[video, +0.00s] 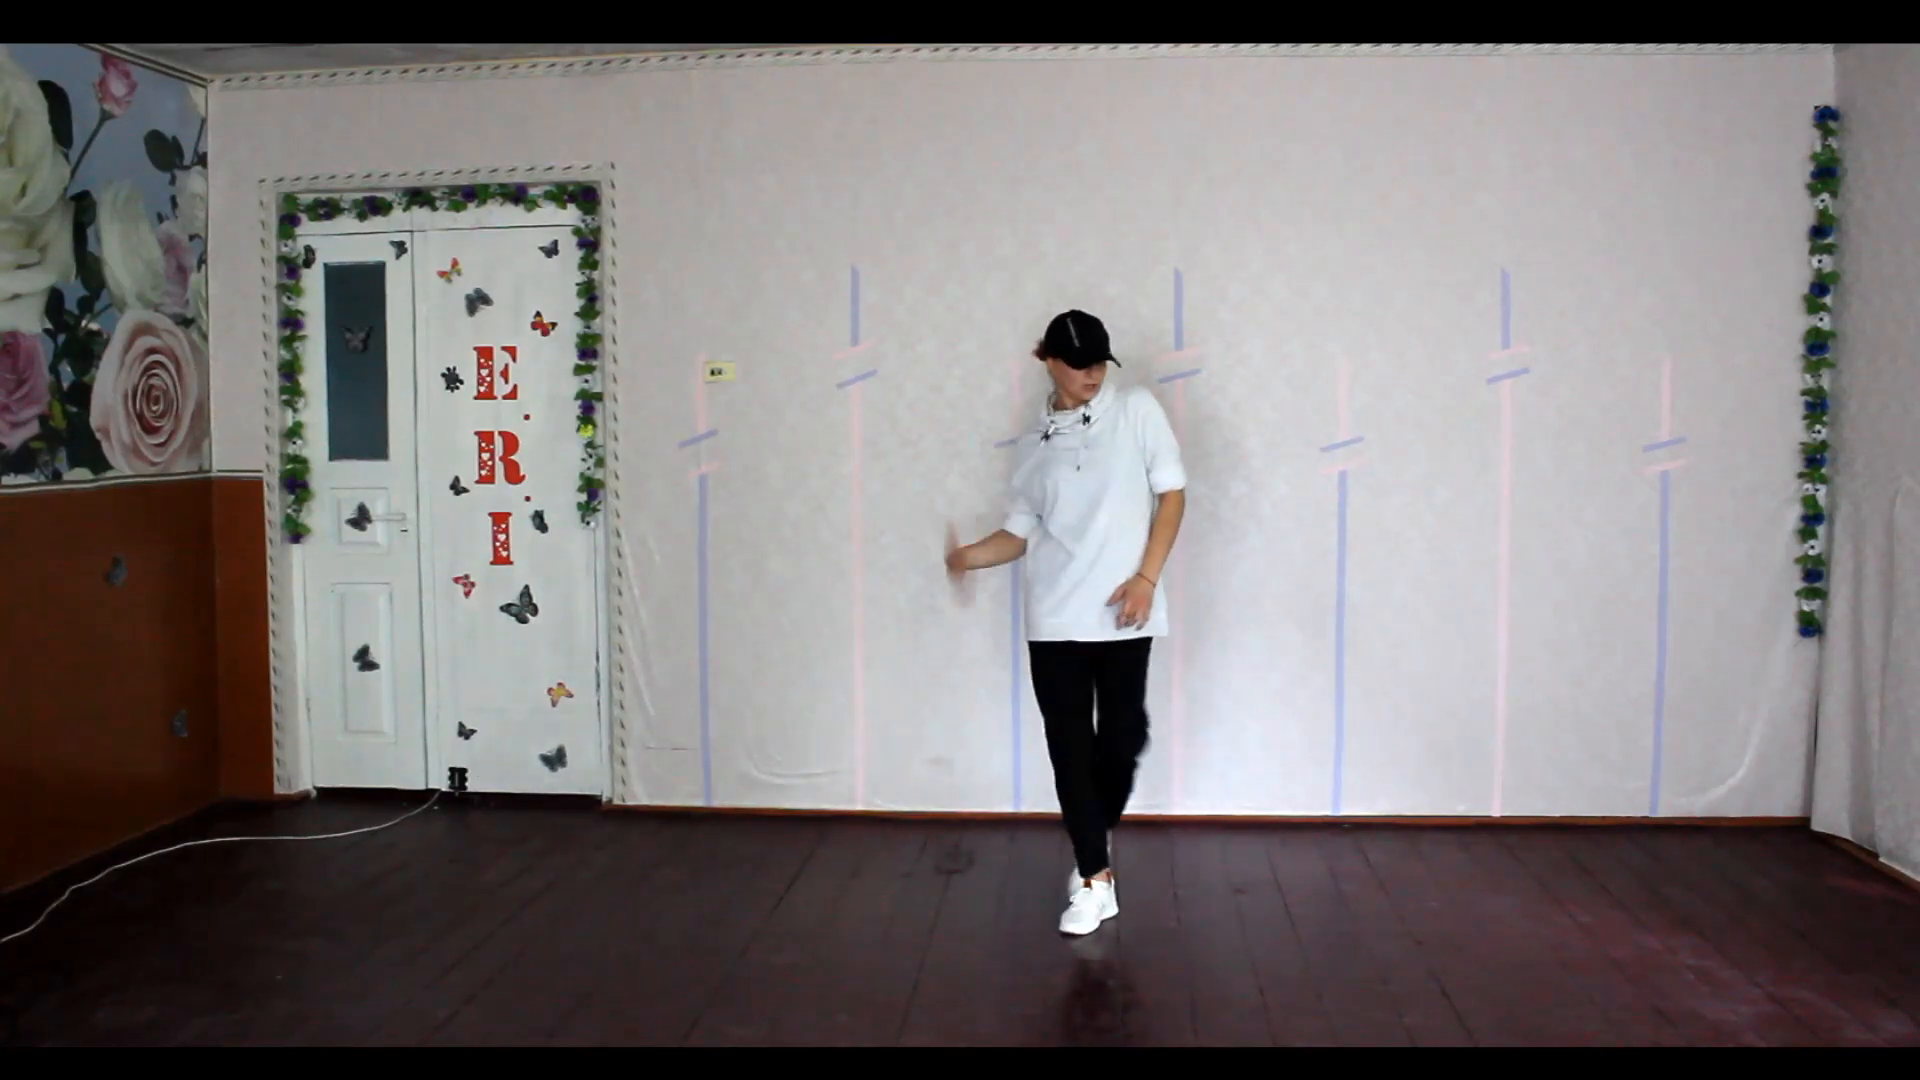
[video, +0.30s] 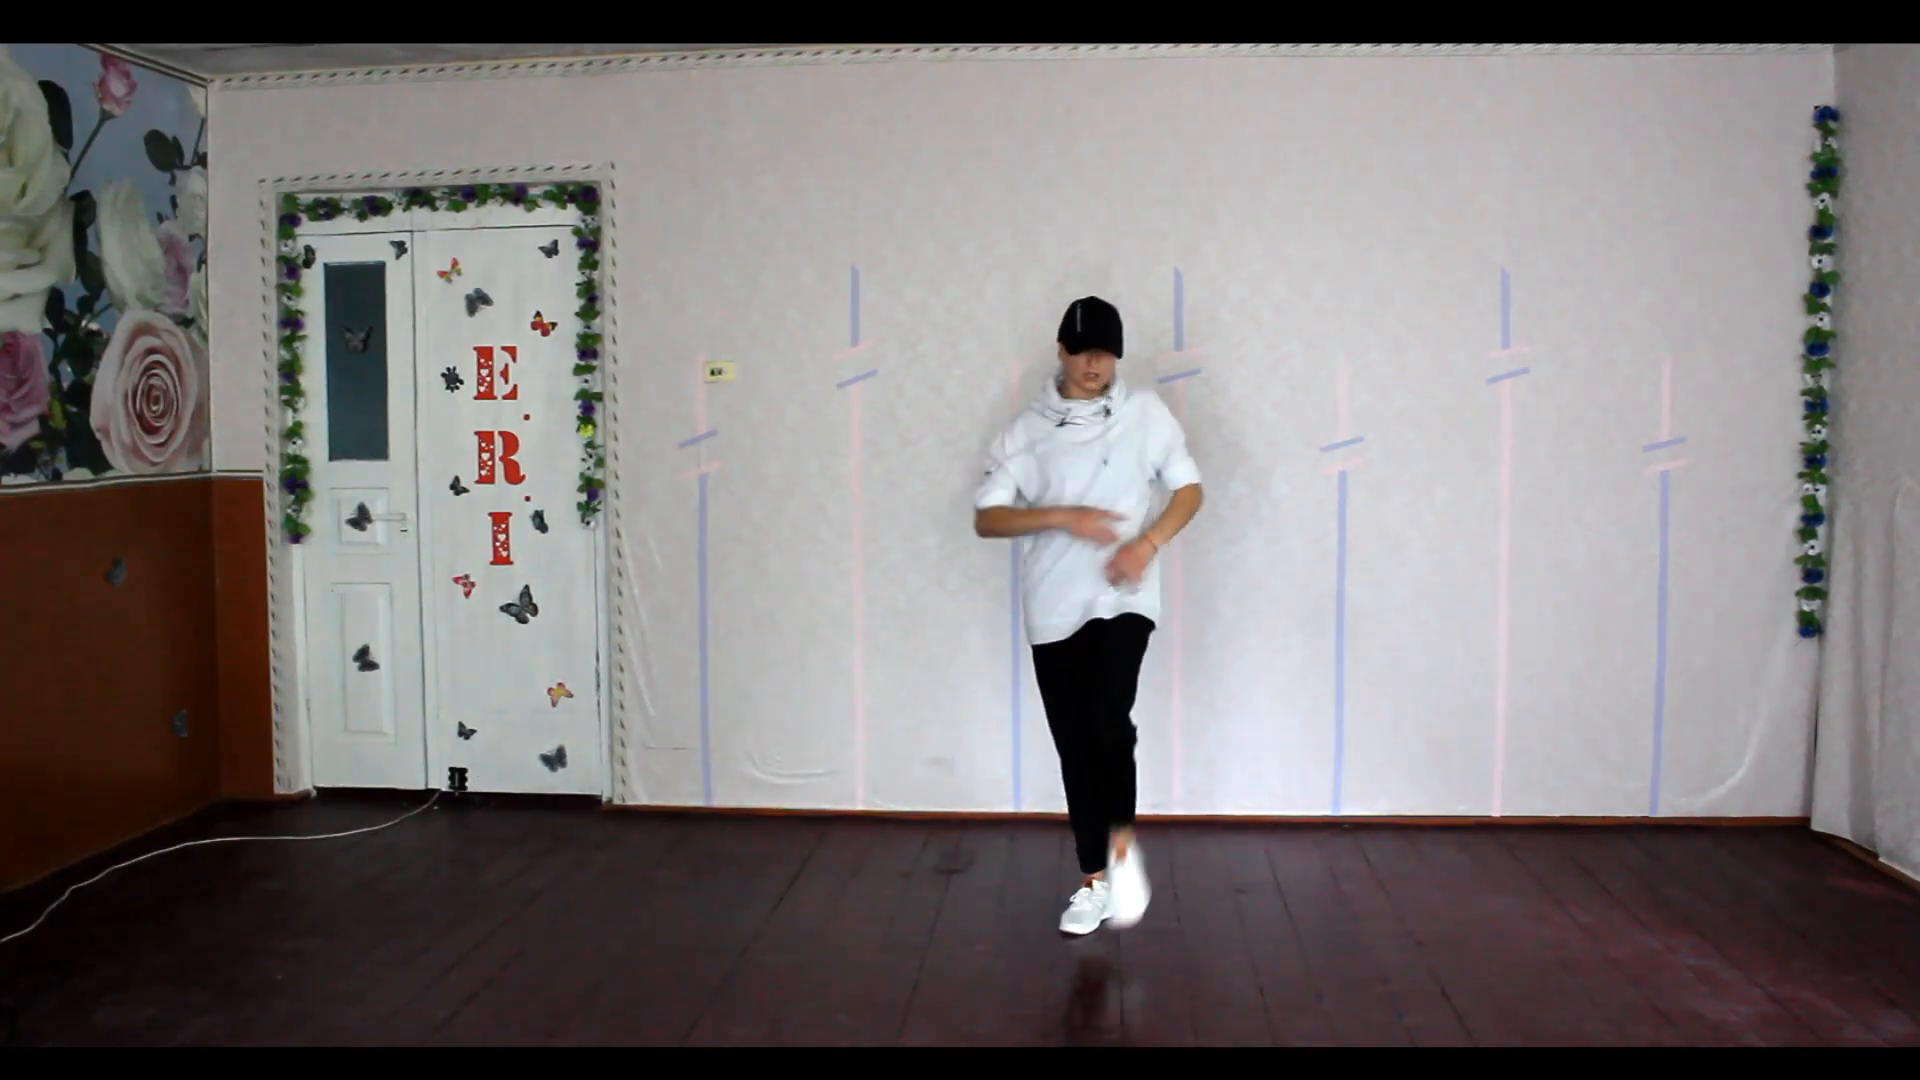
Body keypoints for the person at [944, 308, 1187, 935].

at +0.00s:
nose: (1094, 377)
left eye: (1100, 366)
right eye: (1082, 368)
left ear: (1108, 361)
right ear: (1051, 364)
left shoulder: (1134, 407)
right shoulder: (1035, 445)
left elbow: (1172, 494)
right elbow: (1018, 533)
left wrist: (1147, 577)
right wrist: (974, 554)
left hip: (1122, 617)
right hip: (1053, 623)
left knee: (1124, 739)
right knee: (1070, 750)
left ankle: (1091, 848)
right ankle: (1095, 879)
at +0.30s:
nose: (1092, 367)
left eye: (1103, 356)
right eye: (1081, 355)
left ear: (1119, 357)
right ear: (1062, 352)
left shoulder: (1143, 412)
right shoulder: (1026, 429)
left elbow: (1188, 491)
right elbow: (987, 518)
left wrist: (1147, 544)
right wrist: (1063, 516)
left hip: (1121, 601)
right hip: (1053, 612)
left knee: (1107, 721)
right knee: (1074, 745)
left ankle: (1121, 849)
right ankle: (1093, 881)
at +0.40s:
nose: (1099, 375)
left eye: (1110, 364)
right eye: (1088, 363)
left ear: (1124, 367)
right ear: (1068, 362)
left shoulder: (1149, 431)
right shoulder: (1033, 431)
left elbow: (1207, 497)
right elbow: (981, 507)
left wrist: (1136, 524)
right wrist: (1080, 506)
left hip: (1122, 615)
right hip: (1052, 621)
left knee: (1106, 748)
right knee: (1074, 755)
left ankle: (1107, 894)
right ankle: (1093, 880)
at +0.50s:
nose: (1105, 394)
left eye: (1116, 384)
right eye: (1094, 383)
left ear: (1132, 379)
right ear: (1073, 375)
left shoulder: (1153, 430)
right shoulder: (1034, 426)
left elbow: (1233, 459)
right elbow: (954, 456)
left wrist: (1160, 494)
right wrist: (1038, 478)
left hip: (1125, 637)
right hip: (1048, 636)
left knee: (1107, 771)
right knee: (1056, 770)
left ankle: (1096, 906)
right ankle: (1079, 868)